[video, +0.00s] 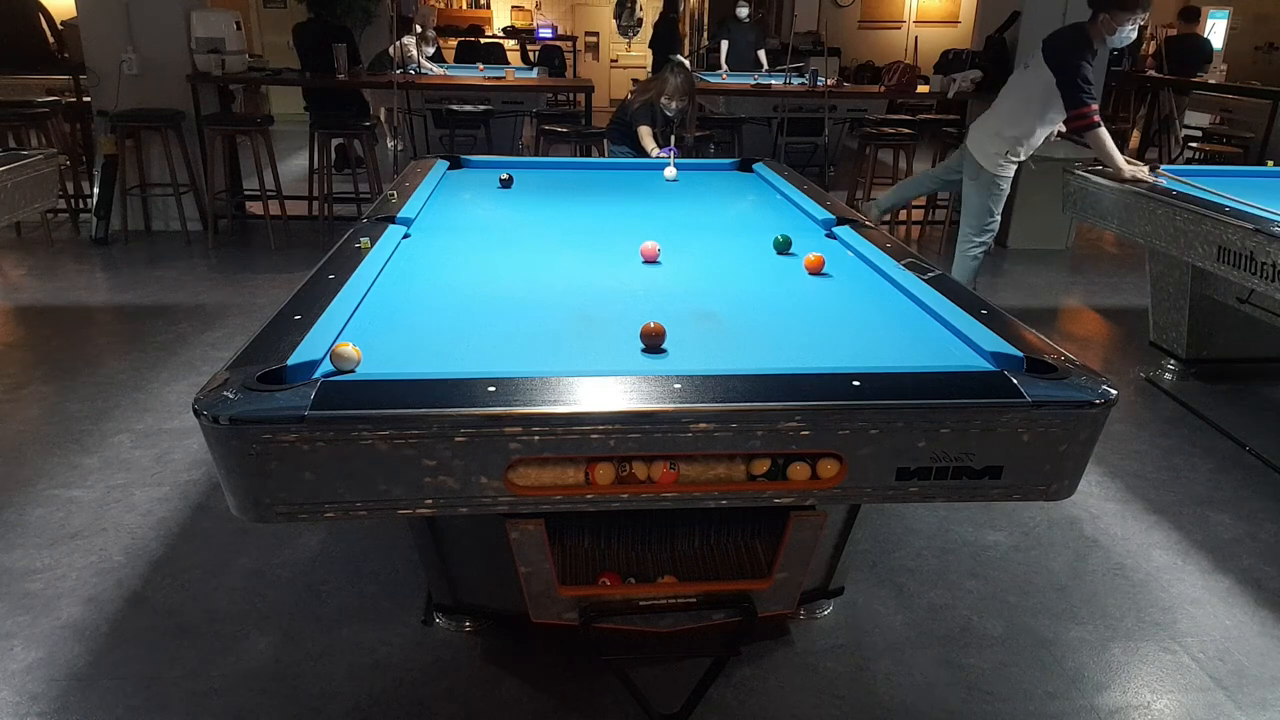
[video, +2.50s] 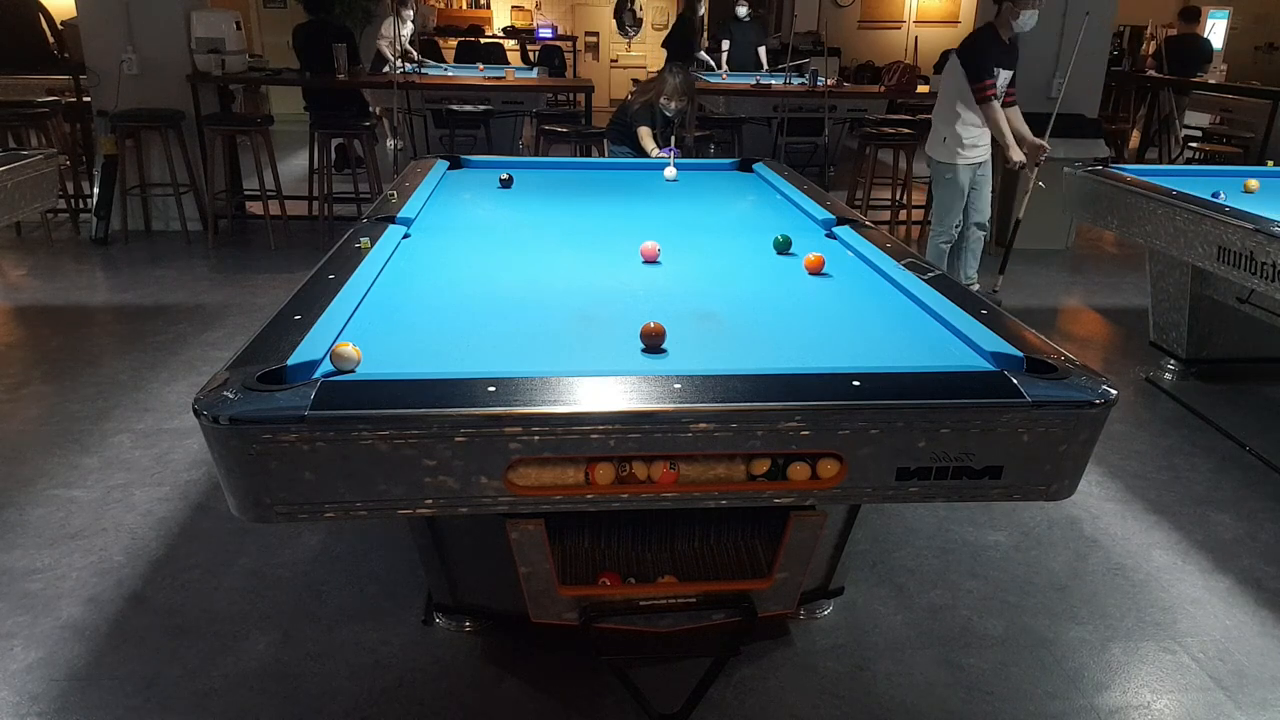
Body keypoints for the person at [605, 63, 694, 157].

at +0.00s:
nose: (674, 106)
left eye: (682, 100)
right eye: (668, 99)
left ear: (689, 98)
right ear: (657, 92)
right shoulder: (642, 101)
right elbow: (645, 135)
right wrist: (656, 152)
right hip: (623, 142)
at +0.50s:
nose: (674, 106)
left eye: (682, 101)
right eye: (668, 99)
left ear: (690, 98)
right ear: (658, 93)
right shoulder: (642, 101)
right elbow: (645, 135)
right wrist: (656, 153)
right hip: (623, 142)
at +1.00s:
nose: (674, 106)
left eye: (682, 101)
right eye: (668, 99)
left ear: (690, 98)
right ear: (658, 93)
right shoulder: (643, 102)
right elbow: (645, 135)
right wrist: (656, 153)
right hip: (623, 142)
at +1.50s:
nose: (674, 106)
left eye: (681, 101)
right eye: (667, 99)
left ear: (689, 98)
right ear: (658, 93)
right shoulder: (643, 101)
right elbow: (645, 135)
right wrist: (656, 153)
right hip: (623, 142)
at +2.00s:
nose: (673, 106)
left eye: (681, 101)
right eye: (667, 99)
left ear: (689, 99)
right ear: (657, 93)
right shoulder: (643, 102)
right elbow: (645, 136)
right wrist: (656, 153)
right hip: (624, 142)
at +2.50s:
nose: (673, 106)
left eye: (681, 100)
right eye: (667, 99)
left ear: (689, 99)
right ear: (657, 93)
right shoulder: (642, 102)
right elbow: (644, 136)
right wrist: (656, 153)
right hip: (623, 142)